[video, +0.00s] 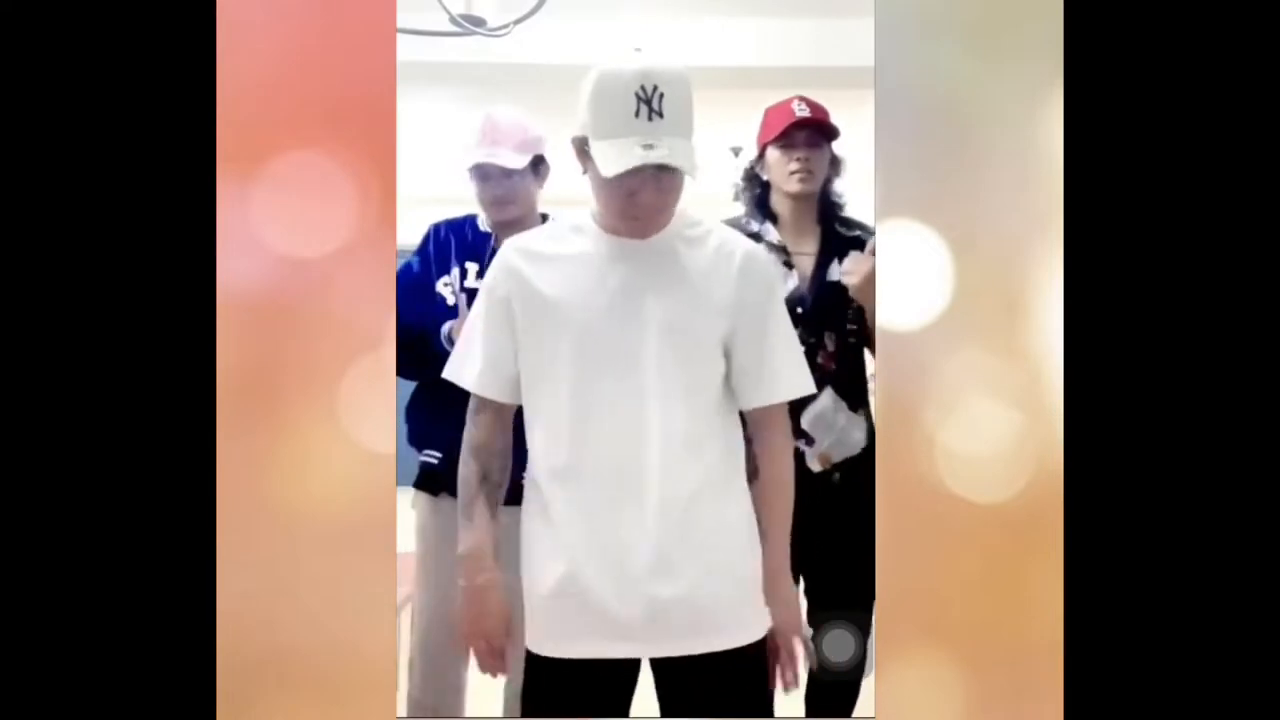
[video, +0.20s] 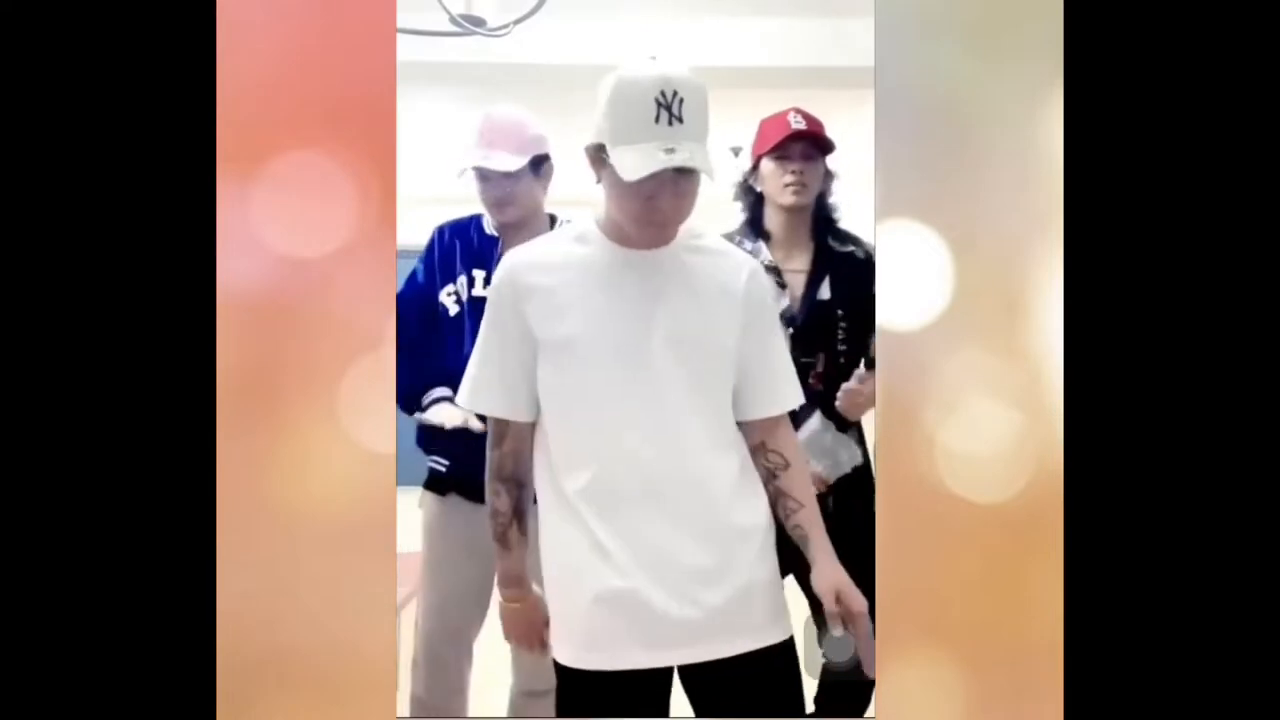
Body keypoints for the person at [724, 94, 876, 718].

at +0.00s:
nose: (803, 159)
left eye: (816, 147)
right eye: (787, 147)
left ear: (831, 160)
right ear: (762, 160)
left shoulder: (863, 247)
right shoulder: (727, 245)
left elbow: (895, 361)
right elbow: (708, 352)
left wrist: (871, 301)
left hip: (850, 462)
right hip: (756, 454)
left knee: (843, 642)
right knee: (748, 624)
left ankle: (826, 718)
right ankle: (750, 713)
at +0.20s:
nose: (796, 171)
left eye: (809, 159)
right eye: (781, 159)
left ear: (826, 173)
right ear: (755, 173)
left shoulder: (860, 264)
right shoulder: (722, 262)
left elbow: (886, 359)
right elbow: (708, 382)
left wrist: (875, 386)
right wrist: (775, 464)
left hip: (842, 473)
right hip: (748, 475)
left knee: (857, 637)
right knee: (748, 631)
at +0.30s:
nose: (797, 162)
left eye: (810, 150)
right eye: (782, 150)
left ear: (827, 163)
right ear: (758, 163)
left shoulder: (858, 249)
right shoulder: (729, 250)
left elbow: (898, 336)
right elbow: (709, 350)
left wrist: (876, 368)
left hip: (842, 451)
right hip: (753, 450)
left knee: (856, 626)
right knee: (748, 612)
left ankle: (836, 718)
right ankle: (764, 719)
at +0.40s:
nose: (801, 160)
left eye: (814, 148)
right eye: (787, 147)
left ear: (832, 160)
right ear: (762, 160)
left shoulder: (864, 248)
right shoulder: (733, 249)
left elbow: (902, 359)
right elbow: (711, 361)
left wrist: (841, 417)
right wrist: (763, 432)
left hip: (845, 461)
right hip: (749, 458)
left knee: (850, 636)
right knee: (748, 624)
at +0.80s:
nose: (800, 180)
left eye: (814, 167)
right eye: (787, 167)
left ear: (835, 173)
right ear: (764, 172)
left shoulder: (866, 254)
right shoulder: (735, 252)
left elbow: (897, 369)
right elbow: (714, 360)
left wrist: (862, 442)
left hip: (847, 476)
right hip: (756, 476)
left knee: (851, 648)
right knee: (753, 644)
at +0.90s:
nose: (798, 196)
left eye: (812, 183)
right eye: (785, 182)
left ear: (831, 184)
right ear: (762, 182)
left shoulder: (860, 265)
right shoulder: (734, 259)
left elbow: (884, 376)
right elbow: (711, 364)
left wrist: (844, 456)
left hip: (841, 486)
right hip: (751, 483)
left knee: (855, 653)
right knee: (746, 650)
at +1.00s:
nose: (808, 187)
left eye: (819, 175)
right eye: (794, 174)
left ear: (833, 179)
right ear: (764, 176)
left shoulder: (861, 255)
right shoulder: (735, 248)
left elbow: (895, 345)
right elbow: (711, 354)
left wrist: (874, 389)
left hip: (842, 477)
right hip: (749, 474)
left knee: (855, 644)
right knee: (745, 640)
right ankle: (745, 716)